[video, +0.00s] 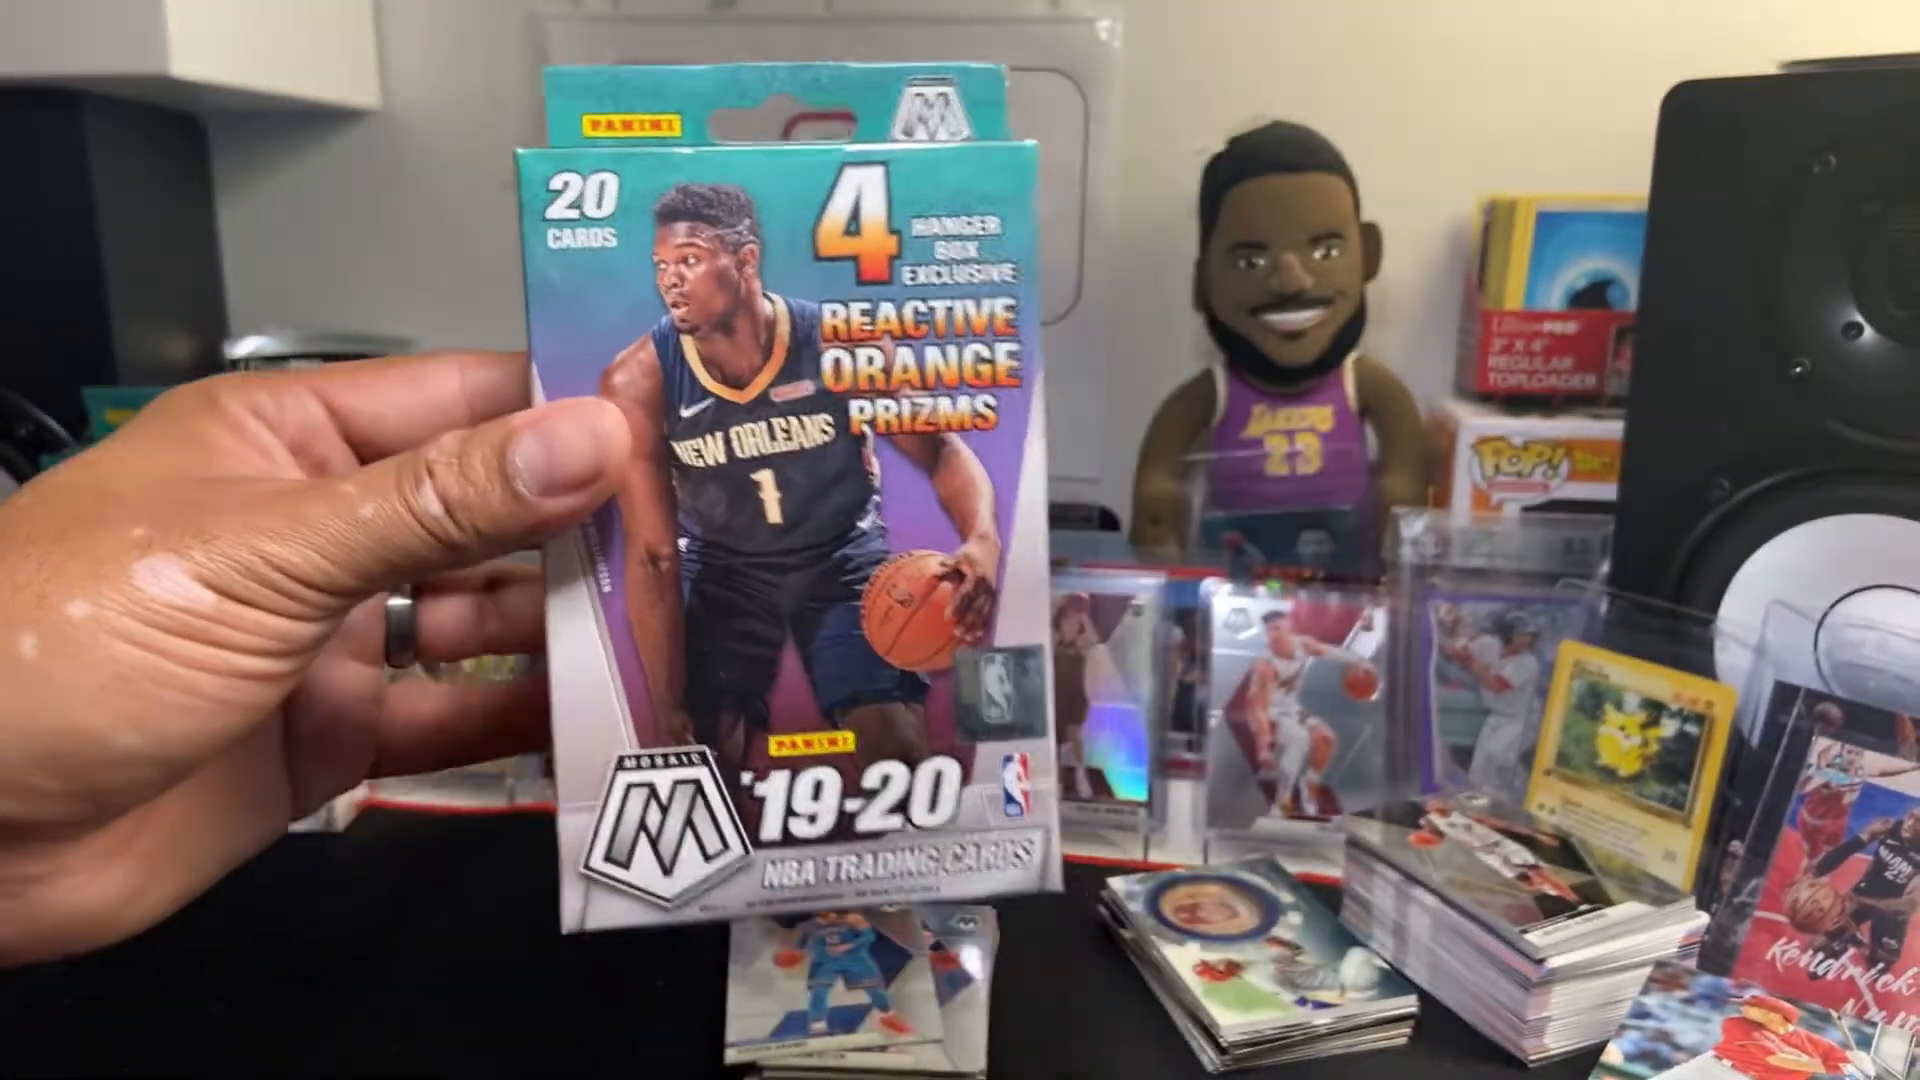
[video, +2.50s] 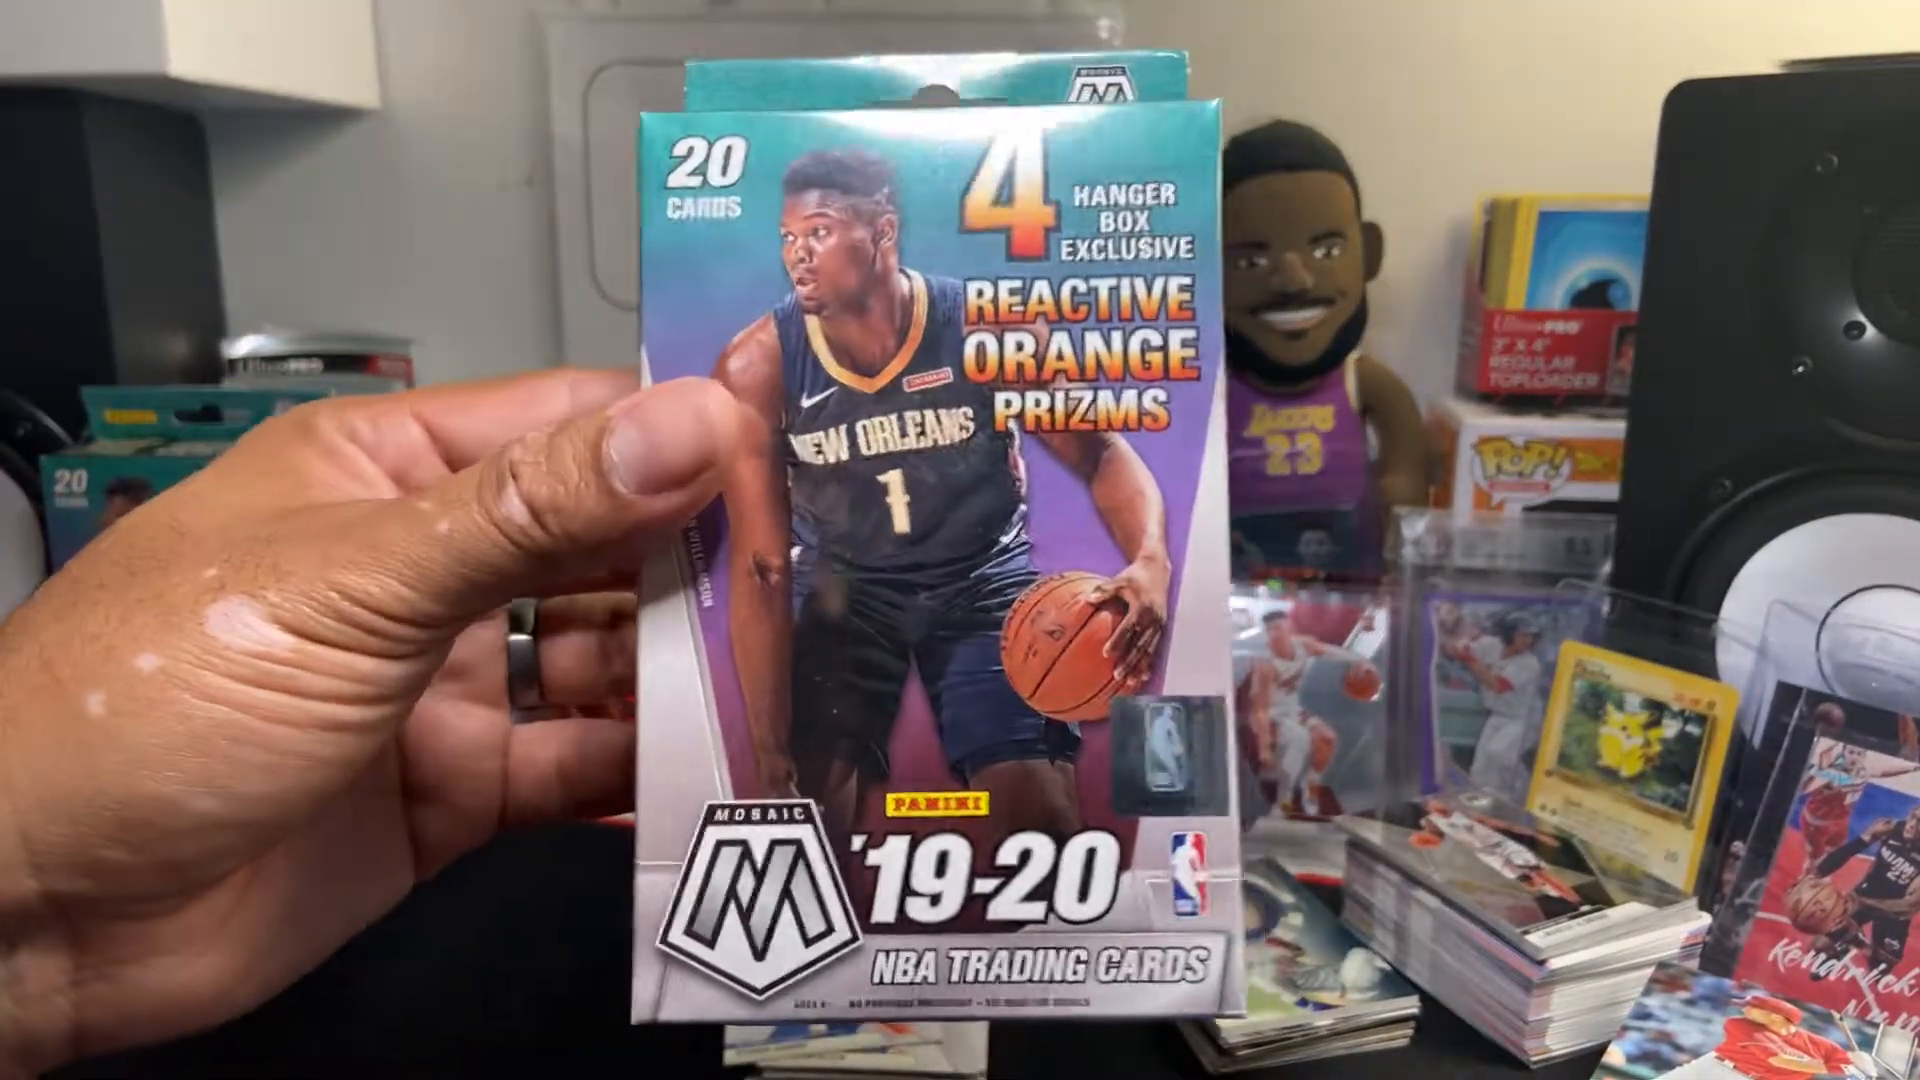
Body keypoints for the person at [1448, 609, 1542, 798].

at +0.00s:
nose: (1527, 640)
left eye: (1530, 635)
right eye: (1522, 634)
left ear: (1532, 638)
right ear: (1510, 635)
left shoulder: (1528, 662)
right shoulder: (1493, 649)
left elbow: (1498, 684)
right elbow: (1460, 651)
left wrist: (1473, 663)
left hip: (1516, 722)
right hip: (1495, 718)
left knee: (1496, 752)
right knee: (1481, 755)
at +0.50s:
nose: (1526, 640)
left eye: (1529, 636)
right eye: (1522, 635)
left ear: (1532, 638)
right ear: (1509, 634)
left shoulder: (1527, 662)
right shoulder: (1489, 645)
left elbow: (1496, 684)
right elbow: (1457, 651)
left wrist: (1471, 662)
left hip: (1517, 721)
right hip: (1494, 717)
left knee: (1496, 750)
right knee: (1479, 756)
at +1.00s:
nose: (1526, 640)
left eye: (1529, 636)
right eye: (1521, 635)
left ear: (1532, 638)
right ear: (1508, 634)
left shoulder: (1527, 662)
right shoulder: (1490, 645)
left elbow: (1497, 684)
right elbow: (1458, 650)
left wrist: (1470, 661)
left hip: (1517, 721)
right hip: (1494, 717)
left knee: (1496, 750)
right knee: (1480, 753)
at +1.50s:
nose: (1527, 641)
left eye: (1530, 636)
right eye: (1523, 635)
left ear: (1533, 638)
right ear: (1510, 635)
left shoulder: (1528, 663)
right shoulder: (1491, 646)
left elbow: (1497, 684)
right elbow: (1461, 651)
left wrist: (1471, 661)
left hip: (1520, 721)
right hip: (1496, 718)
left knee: (1496, 750)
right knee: (1480, 762)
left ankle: (1520, 790)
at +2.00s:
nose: (1528, 641)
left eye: (1531, 636)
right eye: (1523, 635)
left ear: (1535, 639)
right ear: (1511, 635)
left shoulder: (1529, 663)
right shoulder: (1492, 645)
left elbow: (1498, 684)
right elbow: (1462, 651)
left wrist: (1471, 661)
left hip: (1521, 722)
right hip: (1496, 718)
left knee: (1497, 751)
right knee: (1481, 763)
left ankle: (1520, 788)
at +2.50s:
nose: (1528, 641)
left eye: (1531, 636)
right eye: (1523, 635)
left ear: (1534, 639)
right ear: (1511, 634)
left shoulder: (1530, 664)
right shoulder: (1492, 646)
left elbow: (1500, 685)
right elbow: (1461, 651)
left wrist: (1472, 662)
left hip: (1520, 720)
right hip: (1497, 716)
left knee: (1498, 752)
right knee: (1483, 752)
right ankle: (1478, 794)